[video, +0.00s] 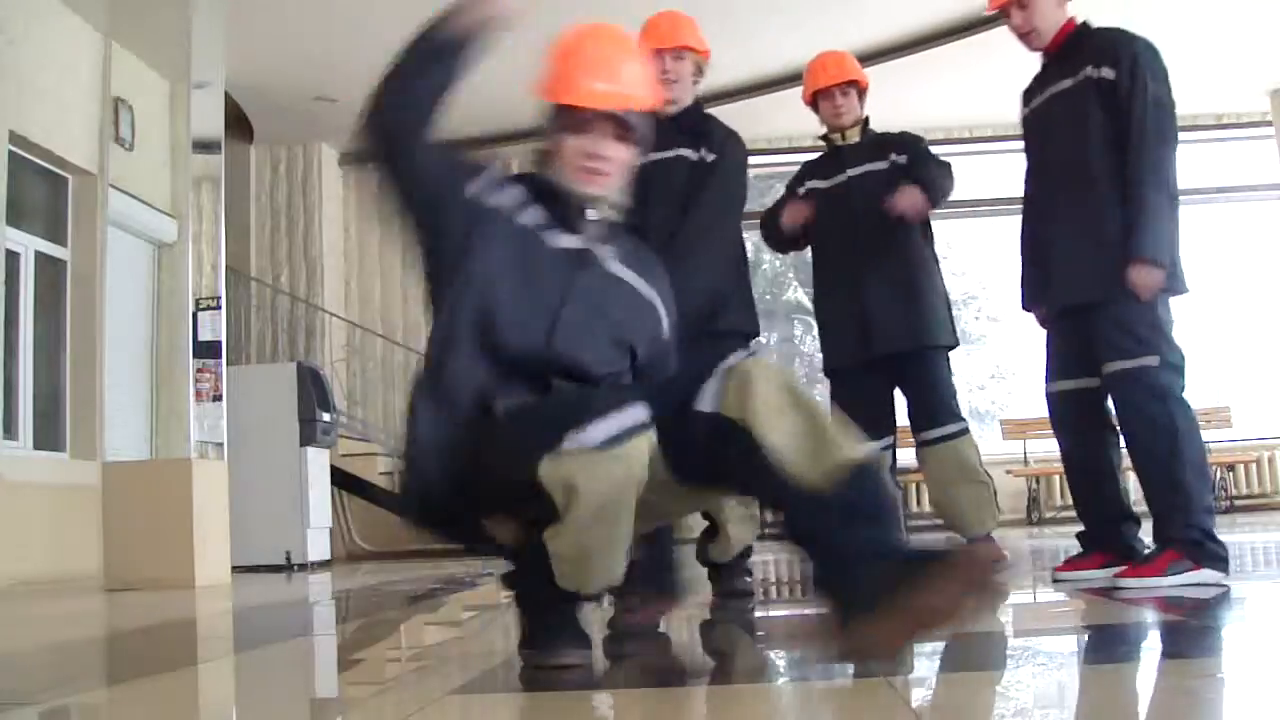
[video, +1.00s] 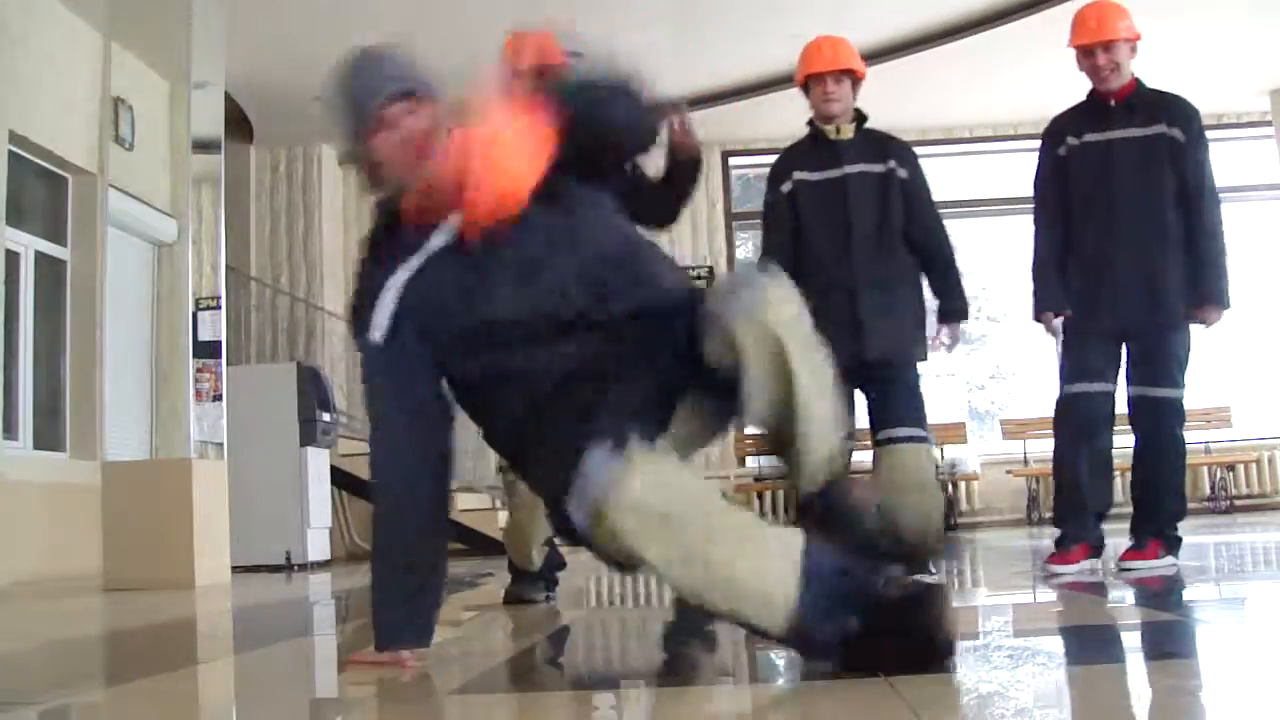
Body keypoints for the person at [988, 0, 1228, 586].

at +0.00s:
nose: (1014, 22)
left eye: (1019, 7)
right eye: (1005, 15)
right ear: (1008, 19)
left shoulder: (1123, 53)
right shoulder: (1035, 93)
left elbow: (1154, 158)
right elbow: (1039, 195)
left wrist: (1151, 253)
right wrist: (1037, 286)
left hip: (1121, 273)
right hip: (1063, 284)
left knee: (1151, 405)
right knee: (1075, 412)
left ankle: (1194, 548)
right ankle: (1111, 542)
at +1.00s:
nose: (1101, 59)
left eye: (1110, 47)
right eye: (1089, 51)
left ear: (1132, 46)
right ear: (1077, 57)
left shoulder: (1176, 115)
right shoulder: (1061, 131)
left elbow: (1202, 204)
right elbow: (1048, 219)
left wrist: (1209, 287)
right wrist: (1048, 291)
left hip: (1161, 298)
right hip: (1087, 301)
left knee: (1158, 422)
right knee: (1079, 421)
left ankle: (1155, 538)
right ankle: (1079, 537)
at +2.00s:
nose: (1148, 92)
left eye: (1156, 80)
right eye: (1141, 84)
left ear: (1181, 79)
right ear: (1136, 91)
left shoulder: (1221, 129)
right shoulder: (1148, 160)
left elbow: (1263, 116)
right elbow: (1113, 222)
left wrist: (1196, 75)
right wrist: (1068, 211)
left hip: (1228, 287)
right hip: (1180, 299)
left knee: (1220, 400)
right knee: (1190, 409)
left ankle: (1254, 524)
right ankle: (1228, 526)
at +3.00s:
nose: (1240, 63)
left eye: (1249, 51)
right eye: (1229, 55)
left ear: (1272, 46)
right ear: (1219, 59)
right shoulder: (1216, 122)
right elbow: (1151, 115)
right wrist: (1191, 50)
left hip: (1275, 286)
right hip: (1249, 289)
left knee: (1255, 401)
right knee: (1245, 400)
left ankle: (1251, 525)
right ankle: (1247, 525)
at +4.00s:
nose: (1188, 38)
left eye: (1197, 24)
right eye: (1176, 31)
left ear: (1223, 21)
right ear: (1167, 39)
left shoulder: (1265, 76)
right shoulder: (1158, 104)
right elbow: (1090, 109)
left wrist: (1246, 3)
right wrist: (1125, 34)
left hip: (1266, 273)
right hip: (1195, 285)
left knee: (1278, 400)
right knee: (1205, 415)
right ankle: (1226, 538)